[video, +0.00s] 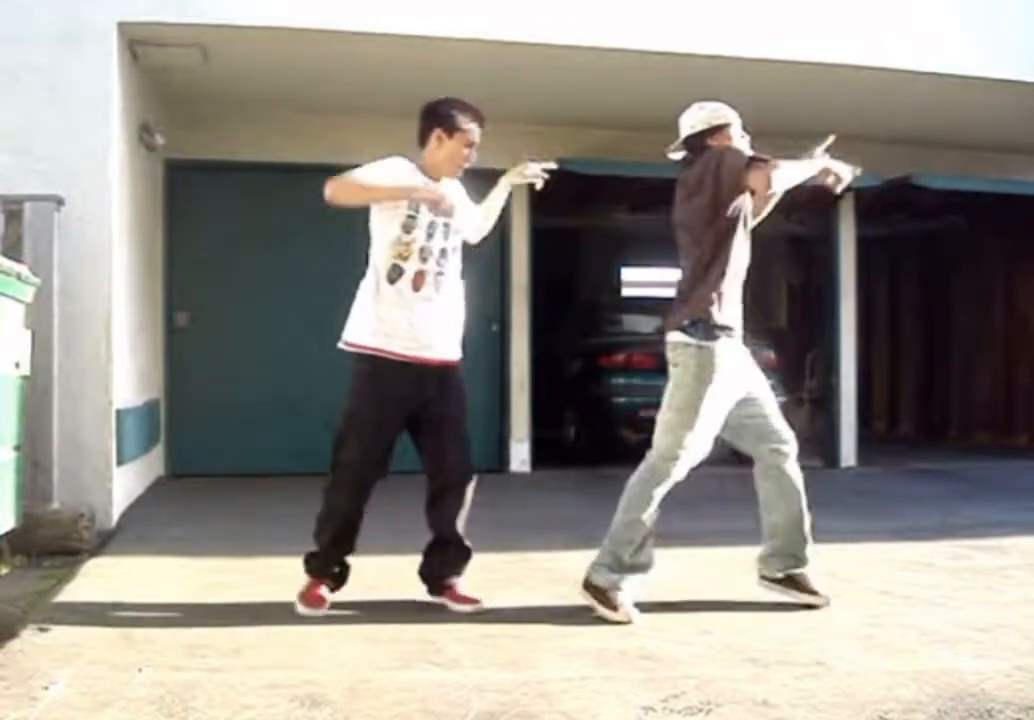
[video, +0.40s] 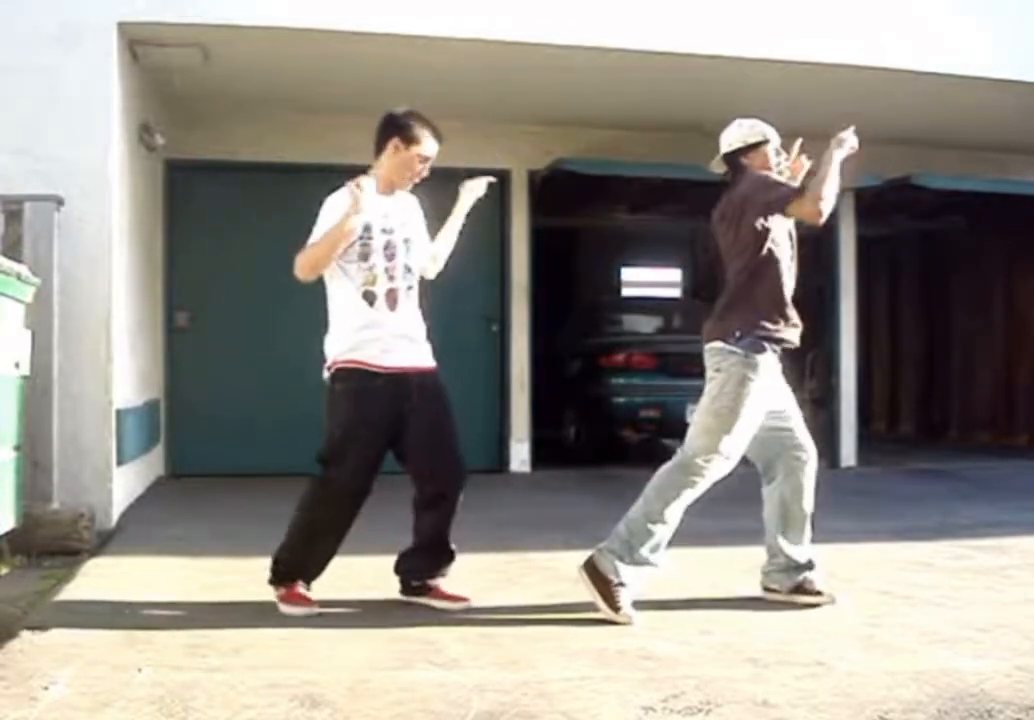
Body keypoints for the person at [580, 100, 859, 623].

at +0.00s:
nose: (744, 141)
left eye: (740, 134)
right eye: (736, 133)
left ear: (702, 141)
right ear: (715, 136)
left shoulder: (705, 184)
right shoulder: (714, 163)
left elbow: (753, 209)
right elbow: (772, 173)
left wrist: (807, 173)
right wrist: (818, 161)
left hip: (723, 344)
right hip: (703, 343)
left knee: (776, 446)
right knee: (669, 458)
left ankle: (786, 565)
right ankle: (607, 575)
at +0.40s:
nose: (778, 157)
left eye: (776, 151)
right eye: (771, 150)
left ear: (737, 161)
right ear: (750, 156)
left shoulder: (733, 202)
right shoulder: (753, 188)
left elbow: (766, 225)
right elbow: (814, 208)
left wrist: (788, 183)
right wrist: (837, 154)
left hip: (753, 351)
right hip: (745, 349)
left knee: (795, 456)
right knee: (703, 460)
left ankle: (787, 572)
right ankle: (614, 562)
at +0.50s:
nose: (802, 169)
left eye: (801, 160)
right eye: (796, 159)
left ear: (763, 165)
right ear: (774, 162)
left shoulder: (751, 207)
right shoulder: (773, 201)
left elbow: (785, 260)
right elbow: (793, 254)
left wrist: (829, 241)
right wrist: (845, 213)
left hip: (755, 359)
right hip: (747, 355)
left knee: (799, 461)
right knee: (698, 464)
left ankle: (788, 573)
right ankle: (614, 566)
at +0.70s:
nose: (852, 200)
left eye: (854, 191)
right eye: (848, 190)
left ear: (822, 186)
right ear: (827, 183)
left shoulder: (795, 217)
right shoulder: (798, 201)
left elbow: (778, 264)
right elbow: (801, 230)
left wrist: (819, 275)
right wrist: (861, 243)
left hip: (744, 349)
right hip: (712, 338)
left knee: (780, 457)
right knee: (702, 457)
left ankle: (787, 571)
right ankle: (629, 570)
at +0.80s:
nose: (868, 255)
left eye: (870, 245)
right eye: (863, 243)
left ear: (849, 244)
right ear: (836, 239)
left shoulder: (817, 283)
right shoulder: (802, 269)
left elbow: (775, 328)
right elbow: (765, 321)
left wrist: (826, 336)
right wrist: (836, 325)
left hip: (733, 374)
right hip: (693, 368)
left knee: (784, 458)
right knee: (699, 477)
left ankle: (784, 574)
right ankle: (624, 579)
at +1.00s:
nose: (832, 241)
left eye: (841, 233)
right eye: (824, 230)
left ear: (851, 241)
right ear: (808, 230)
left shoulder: (813, 276)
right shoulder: (795, 260)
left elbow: (787, 320)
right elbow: (769, 289)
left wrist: (825, 351)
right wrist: (830, 330)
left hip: (740, 379)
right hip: (694, 373)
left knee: (790, 460)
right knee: (693, 476)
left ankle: (787, 572)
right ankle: (628, 582)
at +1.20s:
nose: (778, 229)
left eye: (788, 222)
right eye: (772, 219)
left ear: (803, 234)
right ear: (759, 225)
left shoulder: (798, 293)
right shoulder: (722, 271)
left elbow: (781, 366)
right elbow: (684, 331)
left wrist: (805, 424)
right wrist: (710, 395)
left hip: (750, 395)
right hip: (693, 390)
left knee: (805, 460)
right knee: (693, 474)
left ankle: (785, 577)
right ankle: (639, 588)